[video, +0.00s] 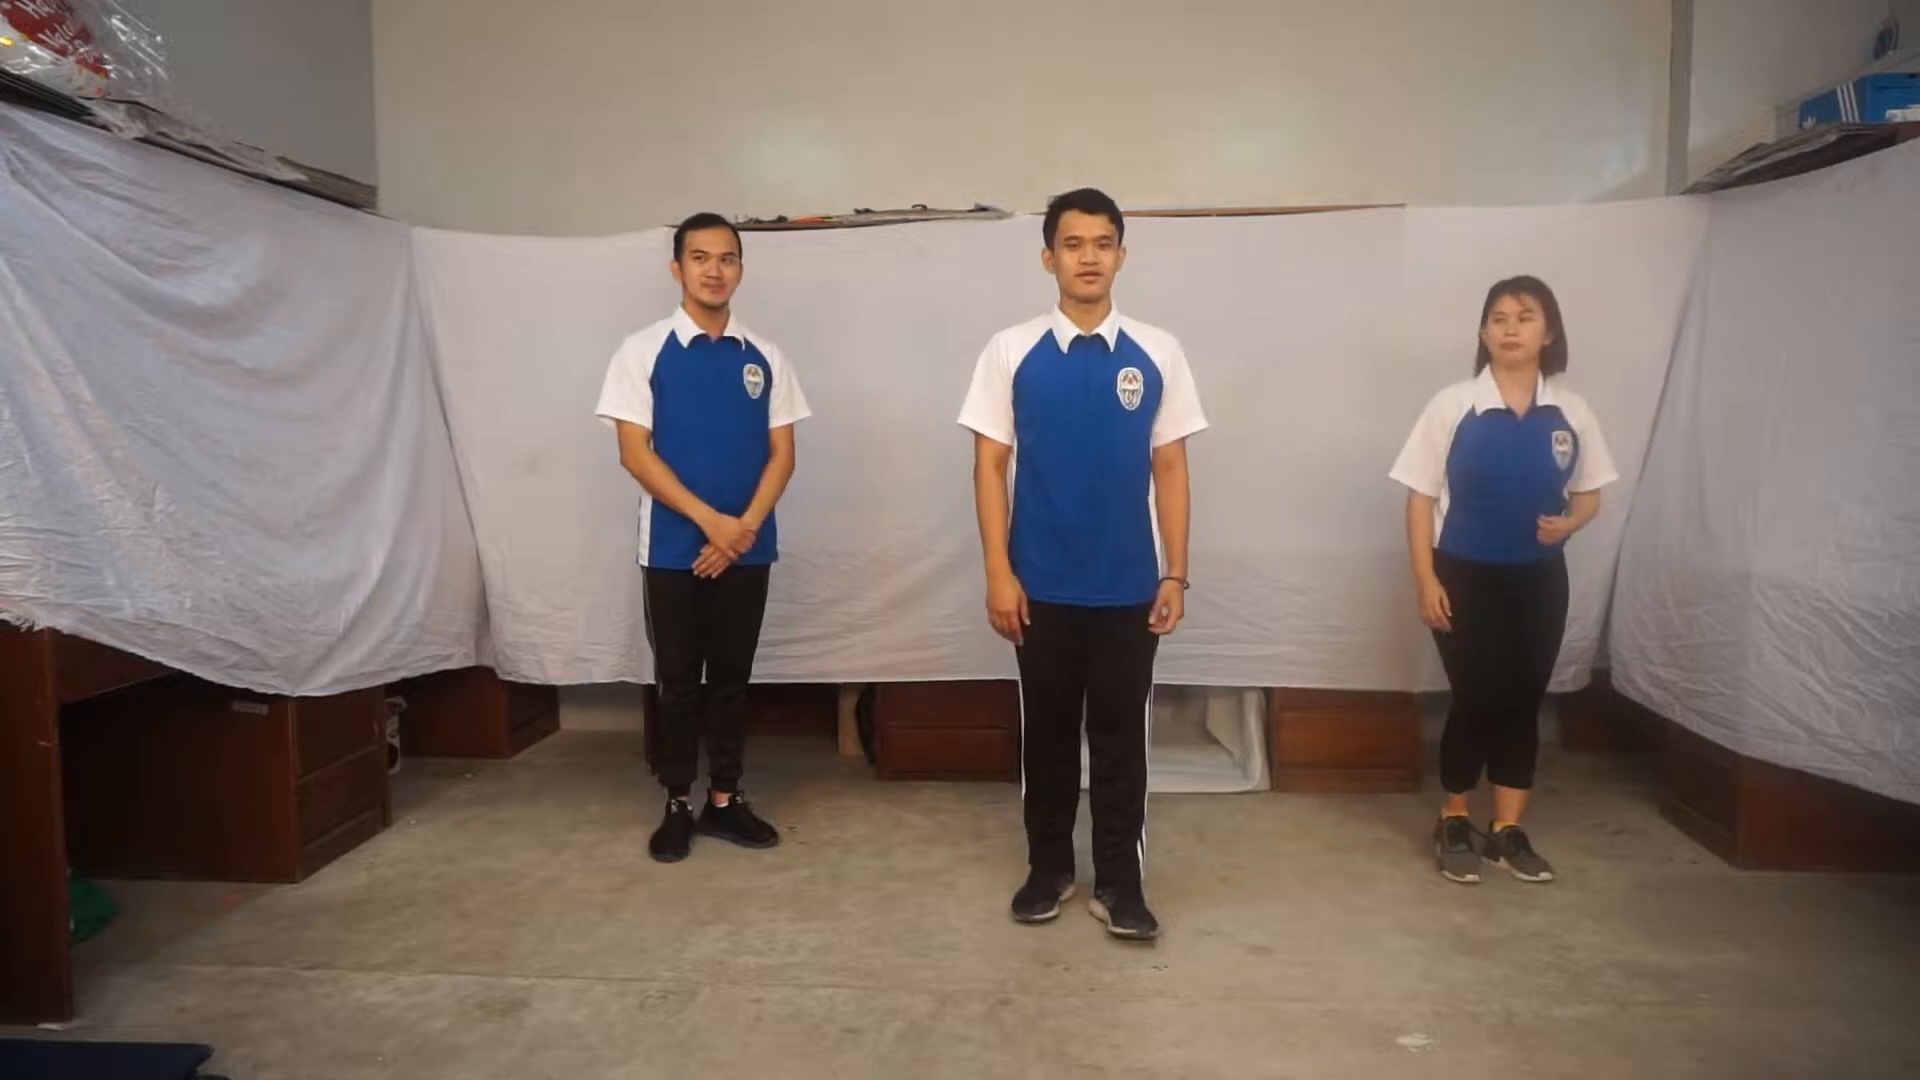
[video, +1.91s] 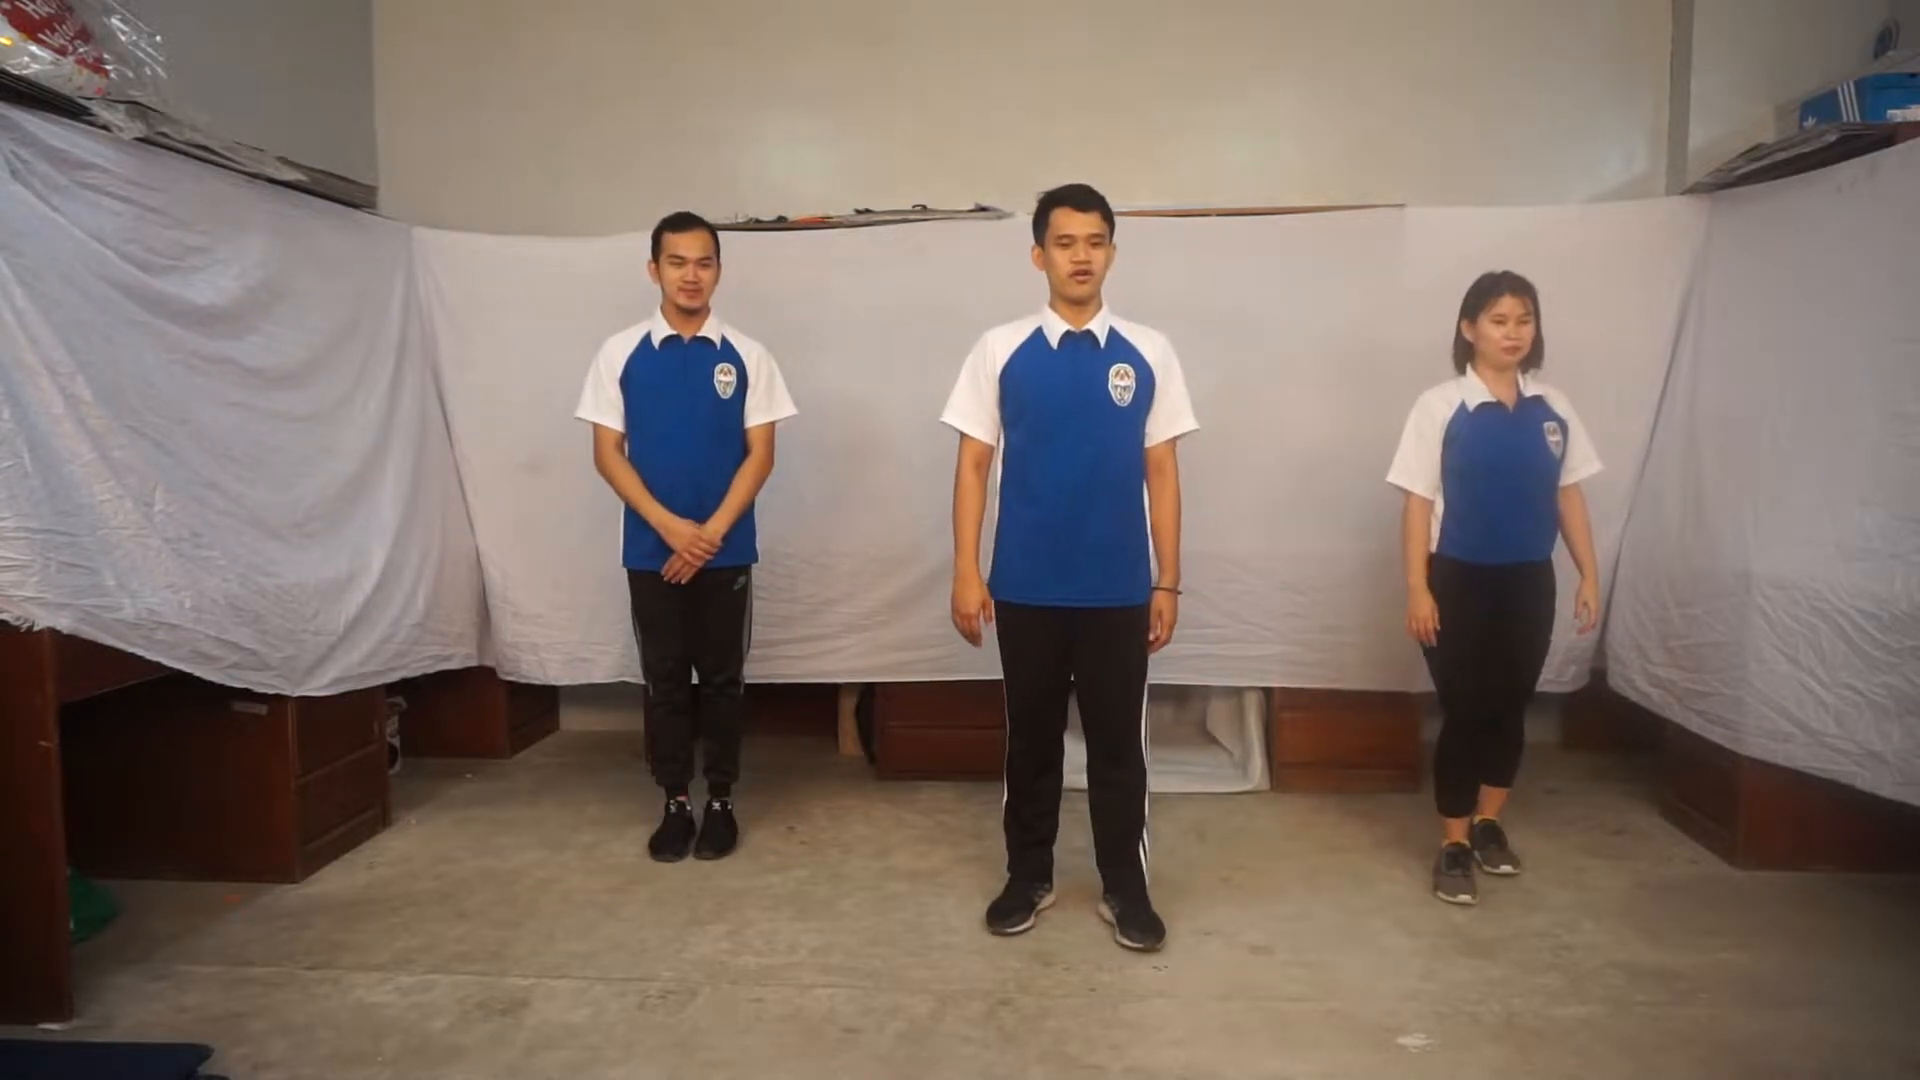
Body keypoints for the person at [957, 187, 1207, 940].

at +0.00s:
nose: (1090, 257)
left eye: (1103, 244)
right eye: (1074, 244)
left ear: (1120, 255)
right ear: (1050, 257)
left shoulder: (1155, 352)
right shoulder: (1010, 351)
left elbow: (1170, 468)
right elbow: (991, 467)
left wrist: (1174, 572)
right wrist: (998, 573)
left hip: (1127, 588)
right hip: (1043, 588)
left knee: (1121, 743)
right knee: (1046, 740)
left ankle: (1120, 879)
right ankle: (1048, 868)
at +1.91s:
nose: (1082, 256)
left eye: (1095, 243)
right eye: (1066, 243)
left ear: (1112, 253)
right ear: (1040, 255)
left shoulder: (1146, 351)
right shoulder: (1000, 350)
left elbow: (1162, 473)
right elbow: (973, 466)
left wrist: (1166, 581)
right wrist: (966, 571)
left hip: (1118, 592)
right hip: (1025, 591)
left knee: (1118, 750)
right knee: (1030, 746)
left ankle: (1125, 885)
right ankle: (1026, 877)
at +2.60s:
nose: (1091, 251)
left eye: (1105, 238)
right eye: (1075, 238)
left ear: (1124, 249)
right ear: (1052, 250)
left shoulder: (1161, 352)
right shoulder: (1010, 348)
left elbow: (1177, 474)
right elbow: (986, 466)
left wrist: (1185, 583)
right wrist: (988, 572)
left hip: (1128, 595)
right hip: (1034, 593)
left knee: (1123, 753)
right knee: (1030, 750)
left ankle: (1126, 889)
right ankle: (1020, 885)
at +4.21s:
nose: (1134, 257)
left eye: (1151, 243)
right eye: (1129, 242)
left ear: (1202, 247)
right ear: (1129, 246)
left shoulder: (1228, 342)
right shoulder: (1135, 334)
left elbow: (1221, 479)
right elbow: (1073, 355)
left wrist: (1151, 591)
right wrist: (1033, 366)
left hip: (1211, 590)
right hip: (1141, 576)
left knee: (1198, 754)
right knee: (1115, 720)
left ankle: (1206, 910)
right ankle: (1118, 871)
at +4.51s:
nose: (1179, 262)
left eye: (1192, 247)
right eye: (1181, 246)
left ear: (1249, 251)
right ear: (1254, 251)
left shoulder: (1219, 336)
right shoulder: (1295, 303)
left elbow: (1172, 481)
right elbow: (1274, 218)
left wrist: (1203, 527)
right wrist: (1250, 121)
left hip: (1240, 586)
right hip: (1310, 569)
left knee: (1217, 755)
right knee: (1345, 737)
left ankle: (1207, 913)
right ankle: (1440, 904)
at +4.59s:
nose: (1191, 273)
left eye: (1205, 258)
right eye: (1192, 257)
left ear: (1257, 264)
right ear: (1263, 267)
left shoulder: (1234, 352)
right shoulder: (1311, 313)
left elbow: (1192, 501)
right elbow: (1306, 226)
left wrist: (1238, 549)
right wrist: (1315, 132)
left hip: (1271, 587)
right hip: (1344, 570)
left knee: (1211, 740)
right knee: (1389, 741)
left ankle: (1211, 911)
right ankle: (1460, 928)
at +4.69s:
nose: (1202, 286)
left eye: (1215, 270)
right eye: (1202, 270)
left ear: (1265, 270)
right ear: (1277, 273)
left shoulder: (1245, 364)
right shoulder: (1330, 320)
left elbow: (1216, 508)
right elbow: (1324, 229)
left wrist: (1260, 559)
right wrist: (1340, 137)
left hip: (1291, 596)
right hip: (1367, 580)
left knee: (1209, 743)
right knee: (1409, 757)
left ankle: (1216, 916)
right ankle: (1467, 941)